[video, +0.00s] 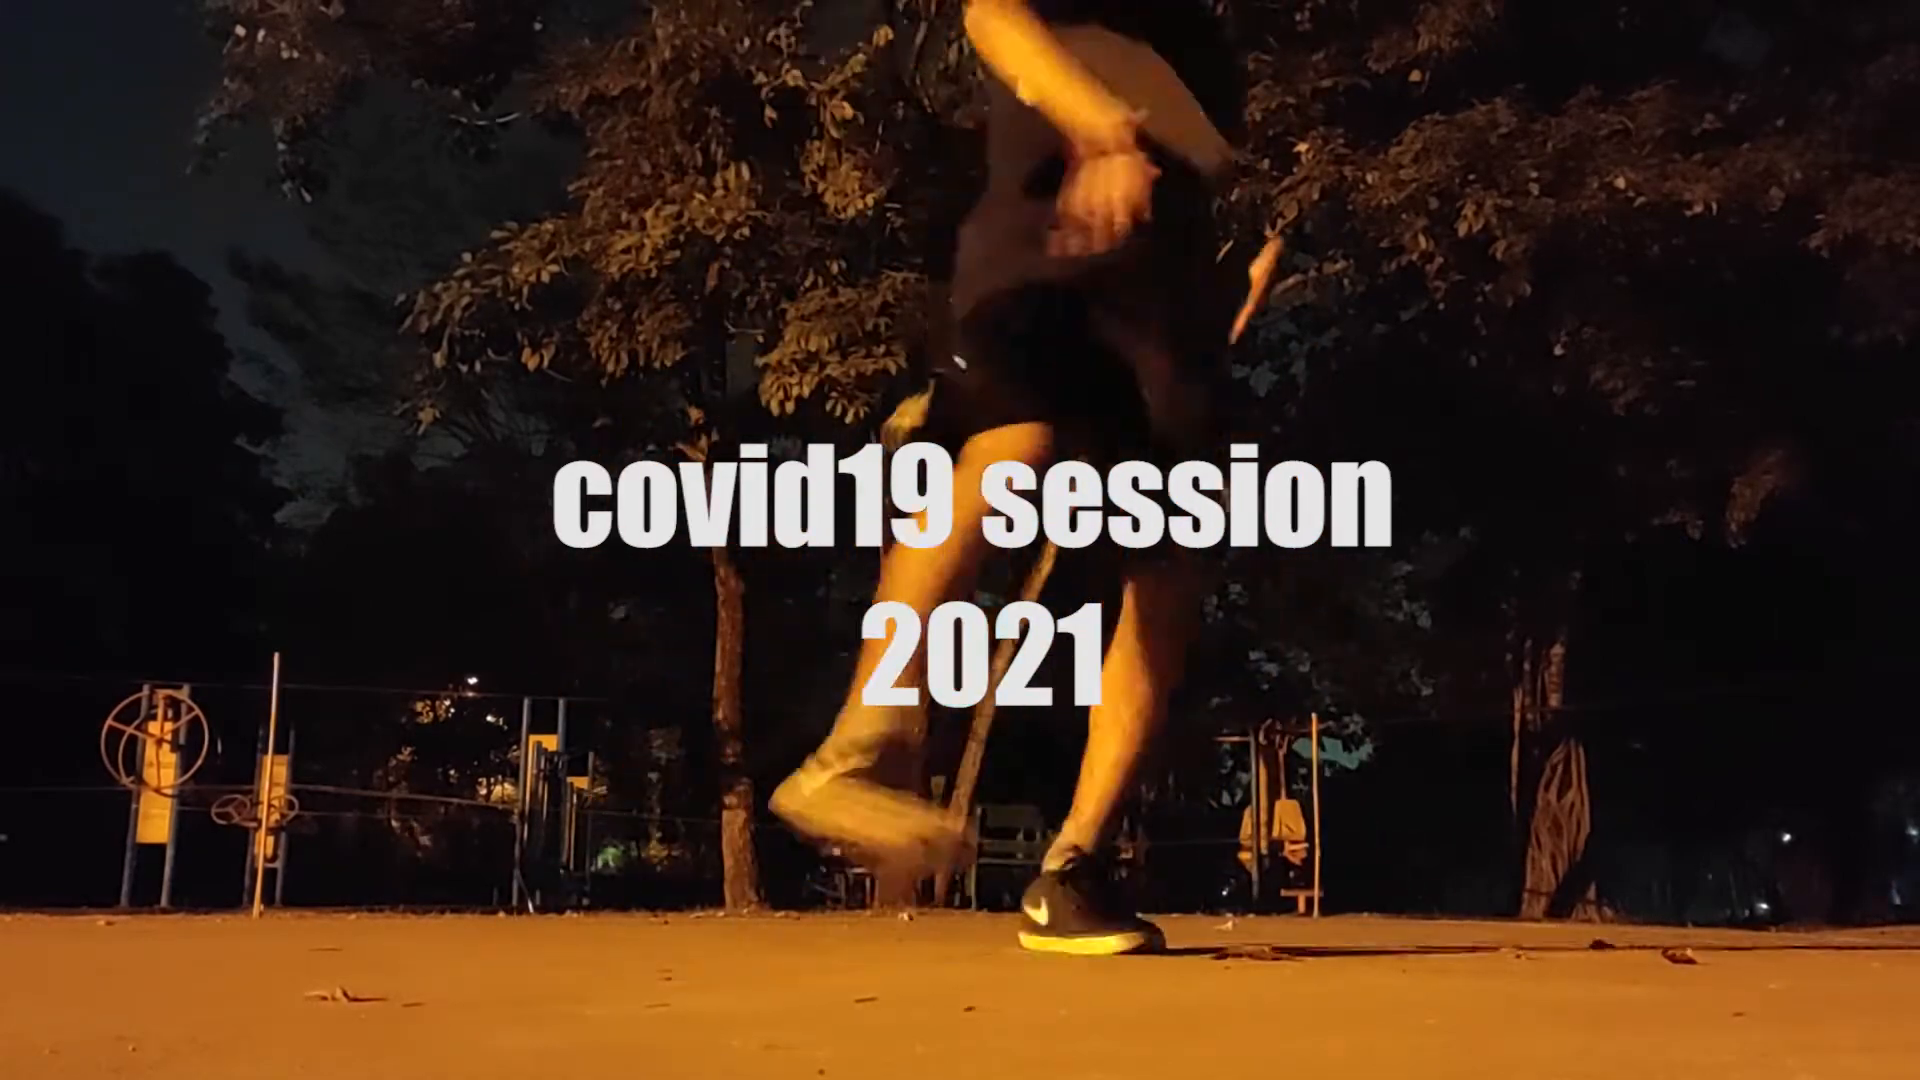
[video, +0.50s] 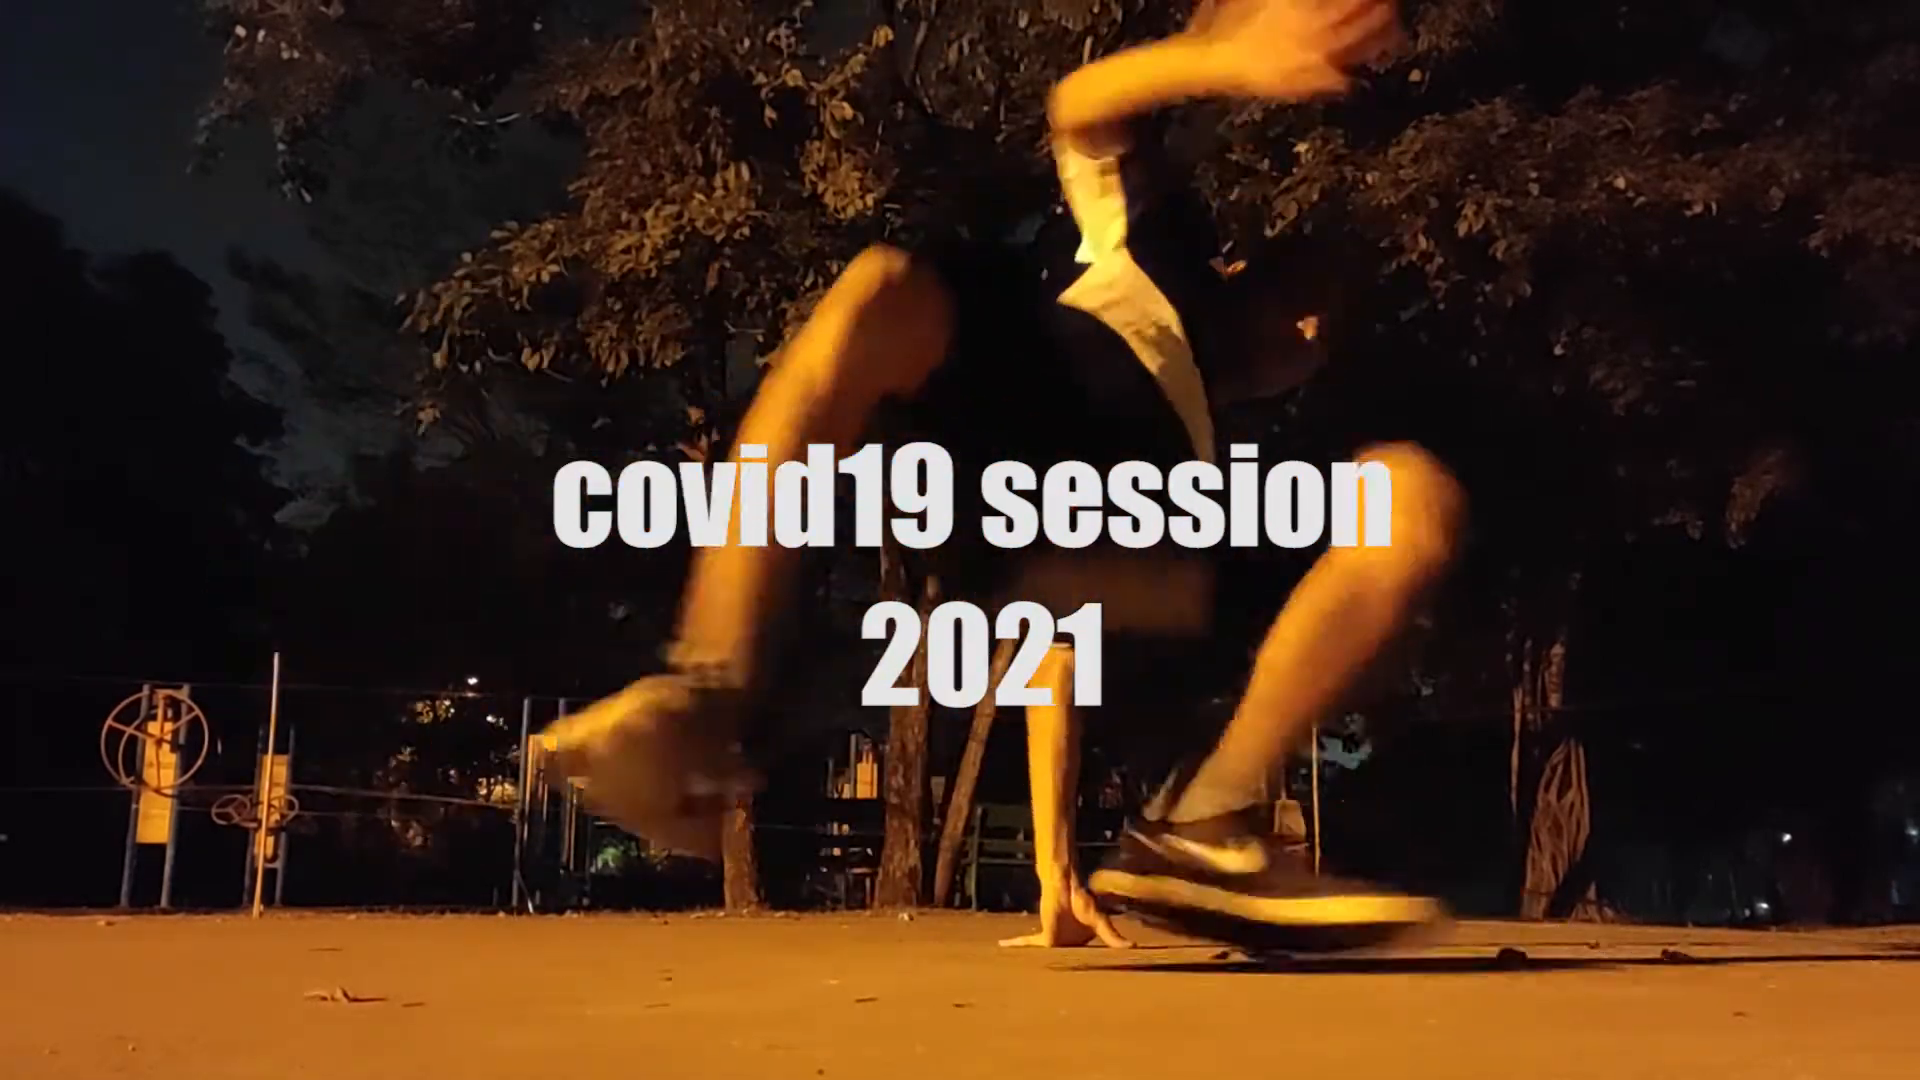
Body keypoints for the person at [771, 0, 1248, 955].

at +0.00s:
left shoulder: (1204, 29)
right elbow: (991, 12)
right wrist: (1100, 127)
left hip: (1172, 251)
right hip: (1029, 224)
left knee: (1171, 567)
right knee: (1008, 456)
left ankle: (1075, 869)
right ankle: (857, 750)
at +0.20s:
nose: (1268, 337)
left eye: (1285, 336)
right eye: (1269, 307)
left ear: (1266, 347)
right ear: (1224, 265)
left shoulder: (1159, 455)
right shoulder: (1122, 258)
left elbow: (1046, 674)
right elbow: (990, 216)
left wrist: (1058, 874)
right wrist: (1074, 340)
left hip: (975, 591)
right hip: (905, 481)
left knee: (1145, 696)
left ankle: (1318, 789)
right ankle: (486, 378)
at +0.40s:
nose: (1329, 362)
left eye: (1342, 363)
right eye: (1329, 327)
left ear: (1331, 386)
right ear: (1293, 280)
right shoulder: (1185, 249)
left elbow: (1043, 666)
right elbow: (1110, 125)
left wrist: (1061, 877)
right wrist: (1286, 227)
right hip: (982, 388)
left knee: (1350, 609)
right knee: (963, 337)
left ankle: (1316, 840)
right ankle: (561, 545)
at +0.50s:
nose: (1310, 350)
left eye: (1324, 346)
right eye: (1306, 322)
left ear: (1304, 376)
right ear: (1258, 293)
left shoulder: (1194, 488)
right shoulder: (1153, 254)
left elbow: (1058, 680)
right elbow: (1079, 111)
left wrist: (1058, 880)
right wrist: (1232, 60)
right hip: (1018, 375)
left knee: (1413, 501)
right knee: (878, 288)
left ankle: (1214, 826)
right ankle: (705, 707)